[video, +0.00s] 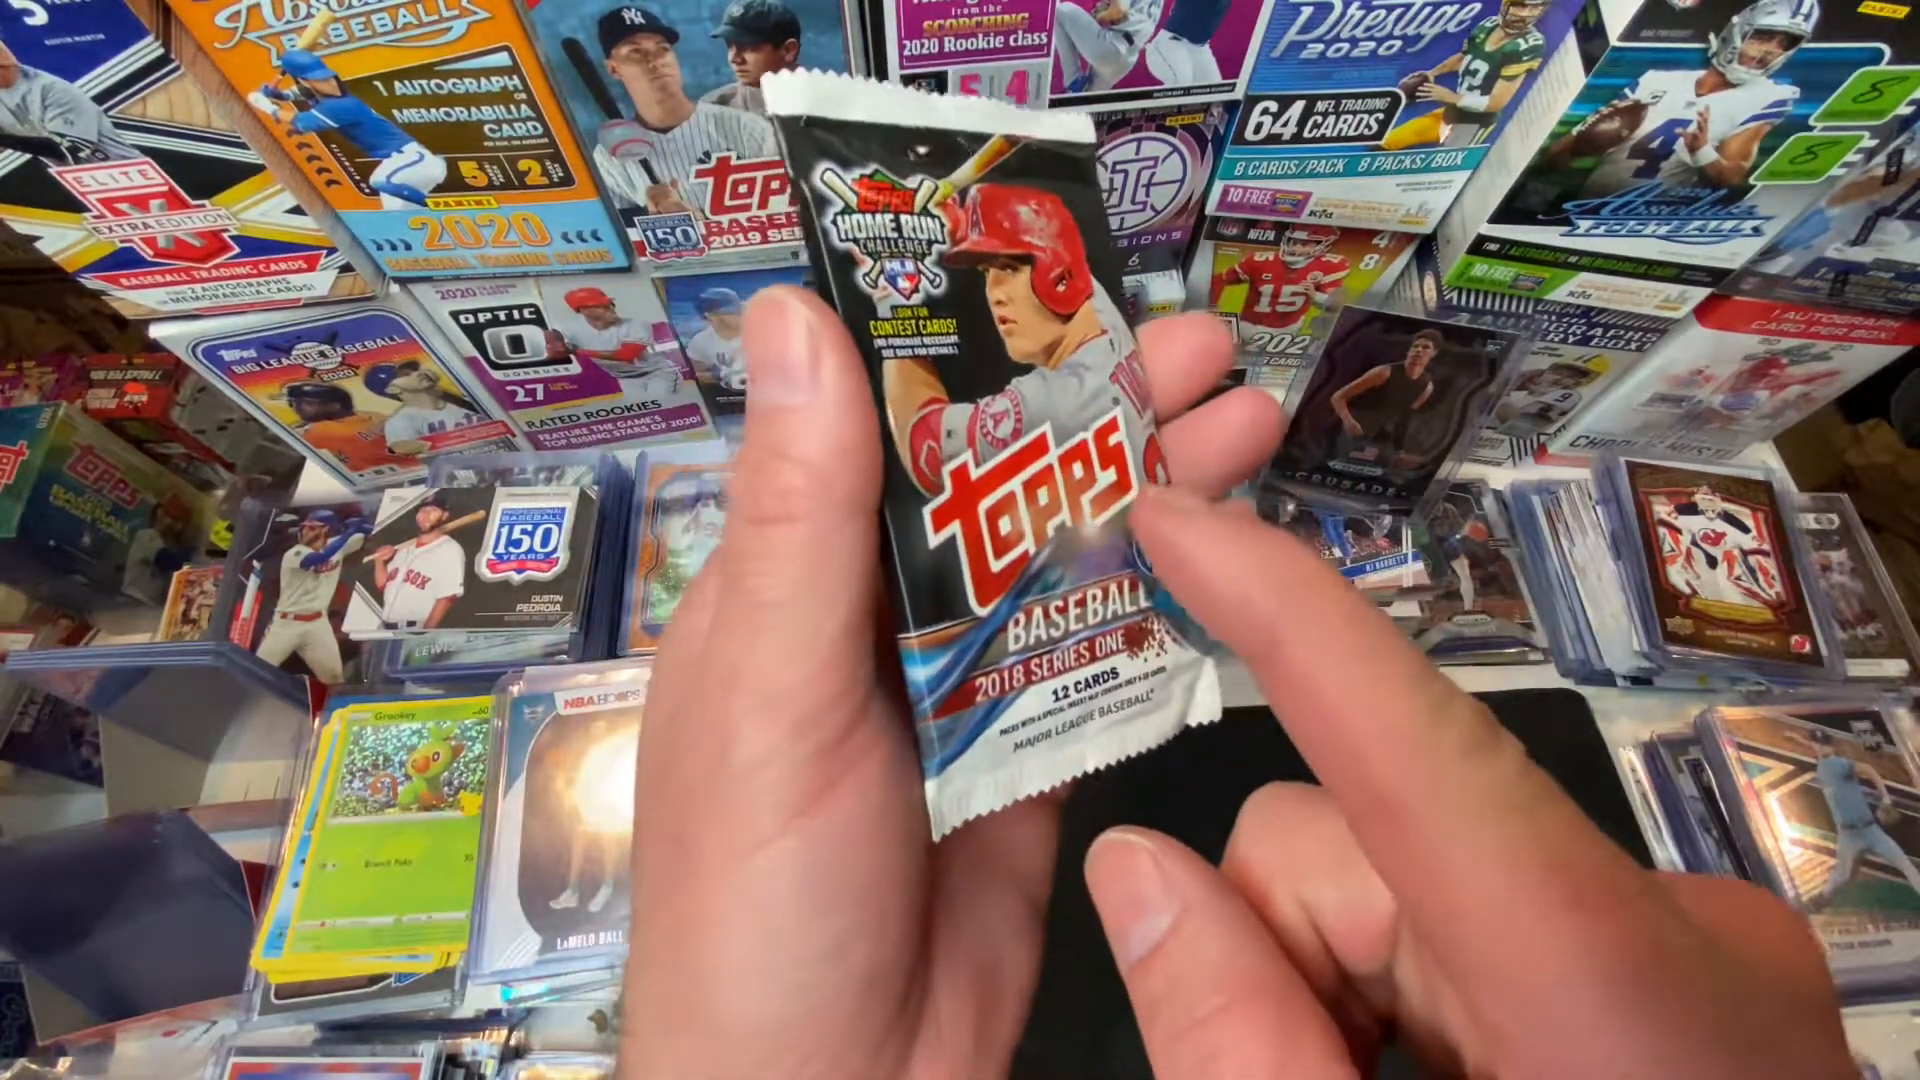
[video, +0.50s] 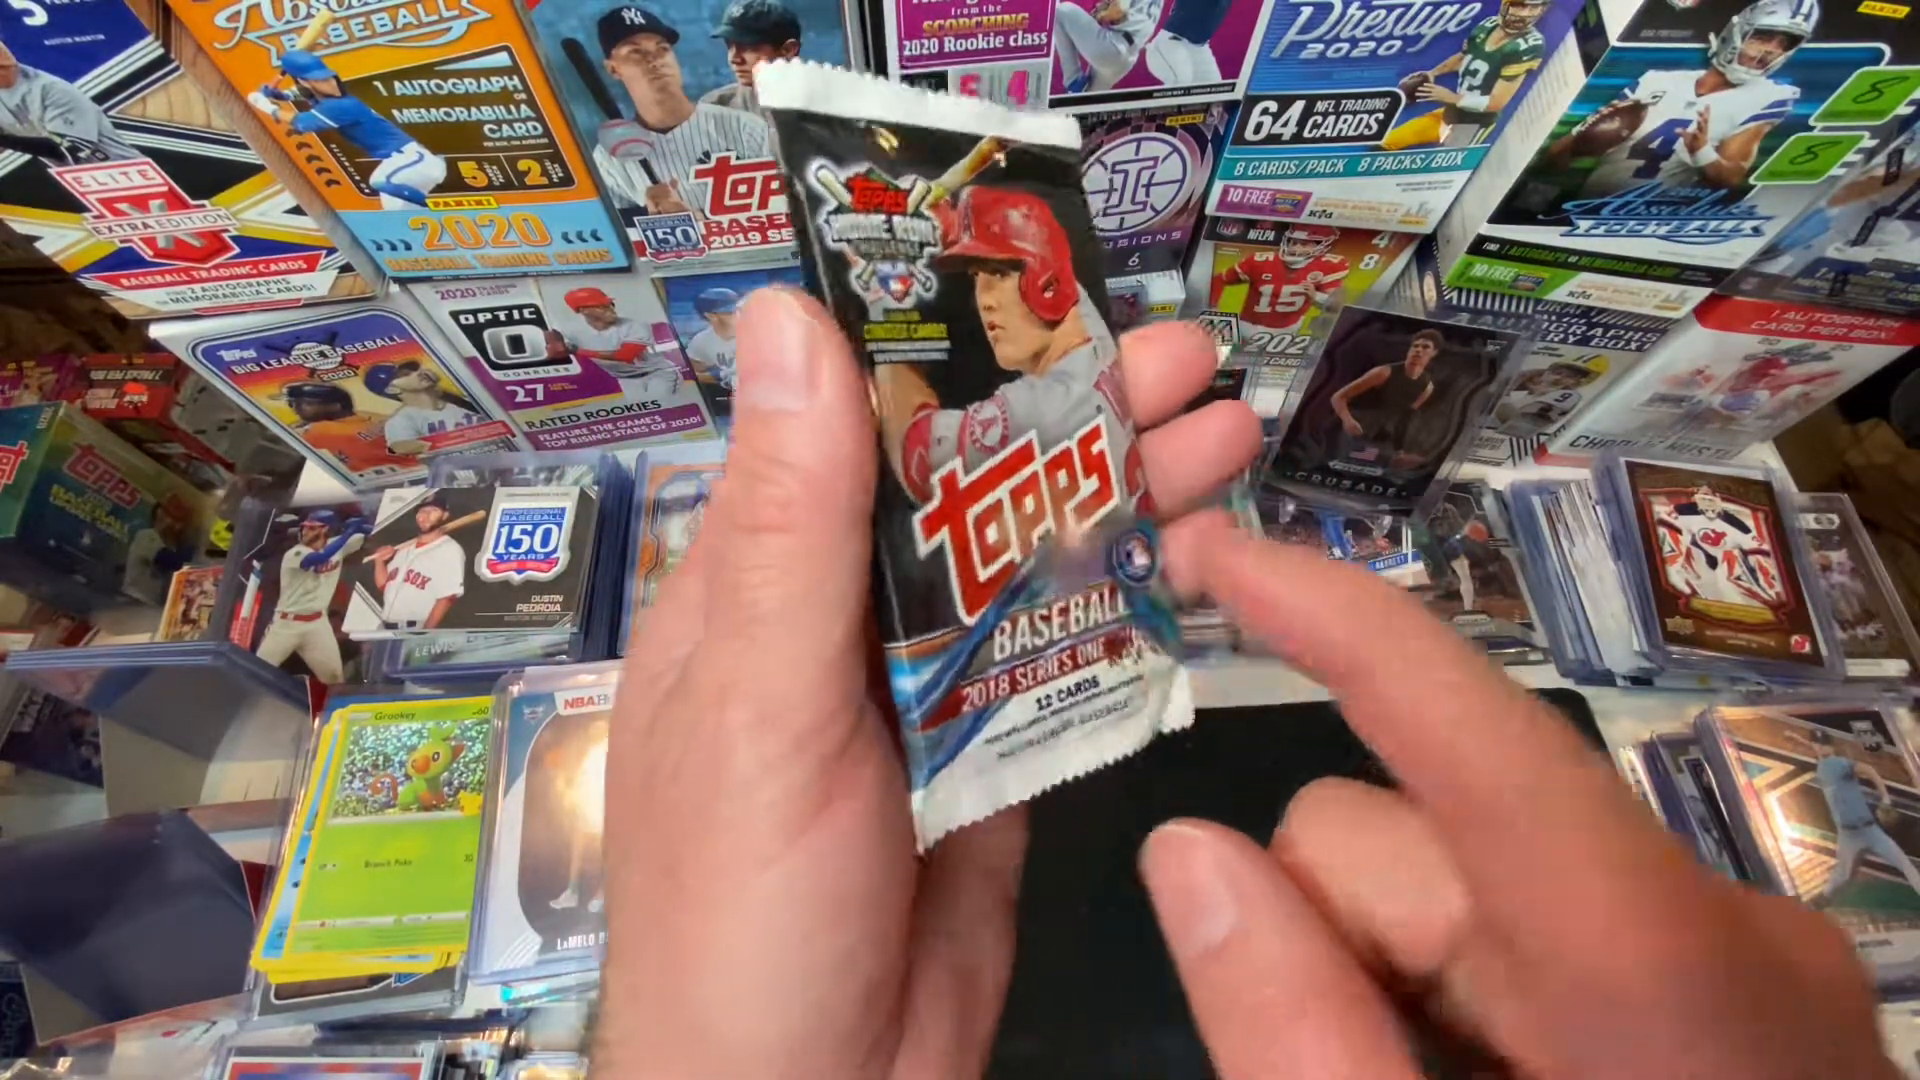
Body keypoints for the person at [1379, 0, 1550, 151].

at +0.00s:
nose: (1520, 13)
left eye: (1530, 7)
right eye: (1515, 4)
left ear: (1541, 11)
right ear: (1503, 5)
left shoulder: (1526, 47)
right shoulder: (1487, 26)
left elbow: (1496, 102)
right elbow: (1463, 58)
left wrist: (1450, 97)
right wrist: (1432, 73)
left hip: (1477, 123)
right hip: (1451, 111)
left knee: (1442, 175)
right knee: (1388, 141)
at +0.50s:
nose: (1520, 14)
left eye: (1530, 7)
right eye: (1516, 5)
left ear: (1542, 11)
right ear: (1504, 5)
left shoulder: (1527, 47)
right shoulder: (1487, 26)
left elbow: (1496, 103)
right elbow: (1463, 58)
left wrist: (1450, 97)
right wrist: (1432, 73)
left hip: (1477, 123)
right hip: (1452, 111)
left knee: (1441, 175)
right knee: (1387, 141)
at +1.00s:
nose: (1520, 14)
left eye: (1530, 7)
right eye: (1515, 5)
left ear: (1542, 10)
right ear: (1503, 4)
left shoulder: (1528, 47)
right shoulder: (1487, 26)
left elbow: (1496, 103)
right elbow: (1463, 58)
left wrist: (1450, 97)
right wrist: (1432, 73)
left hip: (1480, 122)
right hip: (1453, 111)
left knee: (1444, 171)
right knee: (1390, 141)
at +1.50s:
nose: (1520, 13)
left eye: (1530, 7)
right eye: (1515, 5)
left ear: (1542, 11)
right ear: (1503, 4)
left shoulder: (1528, 47)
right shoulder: (1487, 26)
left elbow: (1496, 103)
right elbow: (1463, 58)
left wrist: (1451, 97)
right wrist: (1431, 73)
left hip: (1478, 122)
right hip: (1452, 110)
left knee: (1442, 172)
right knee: (1389, 141)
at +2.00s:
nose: (1520, 14)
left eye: (1530, 8)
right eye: (1516, 5)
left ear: (1542, 11)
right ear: (1504, 5)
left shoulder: (1527, 47)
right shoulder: (1487, 26)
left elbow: (1496, 103)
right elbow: (1463, 57)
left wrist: (1451, 98)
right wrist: (1431, 74)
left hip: (1478, 122)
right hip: (1453, 110)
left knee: (1442, 173)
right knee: (1388, 141)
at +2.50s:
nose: (1518, 14)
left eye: (1529, 8)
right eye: (1514, 6)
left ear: (1542, 11)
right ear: (1504, 5)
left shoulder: (1527, 47)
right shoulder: (1487, 26)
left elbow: (1496, 104)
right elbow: (1463, 57)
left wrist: (1450, 98)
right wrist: (1431, 73)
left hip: (1478, 123)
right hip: (1452, 111)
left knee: (1443, 174)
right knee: (1388, 141)